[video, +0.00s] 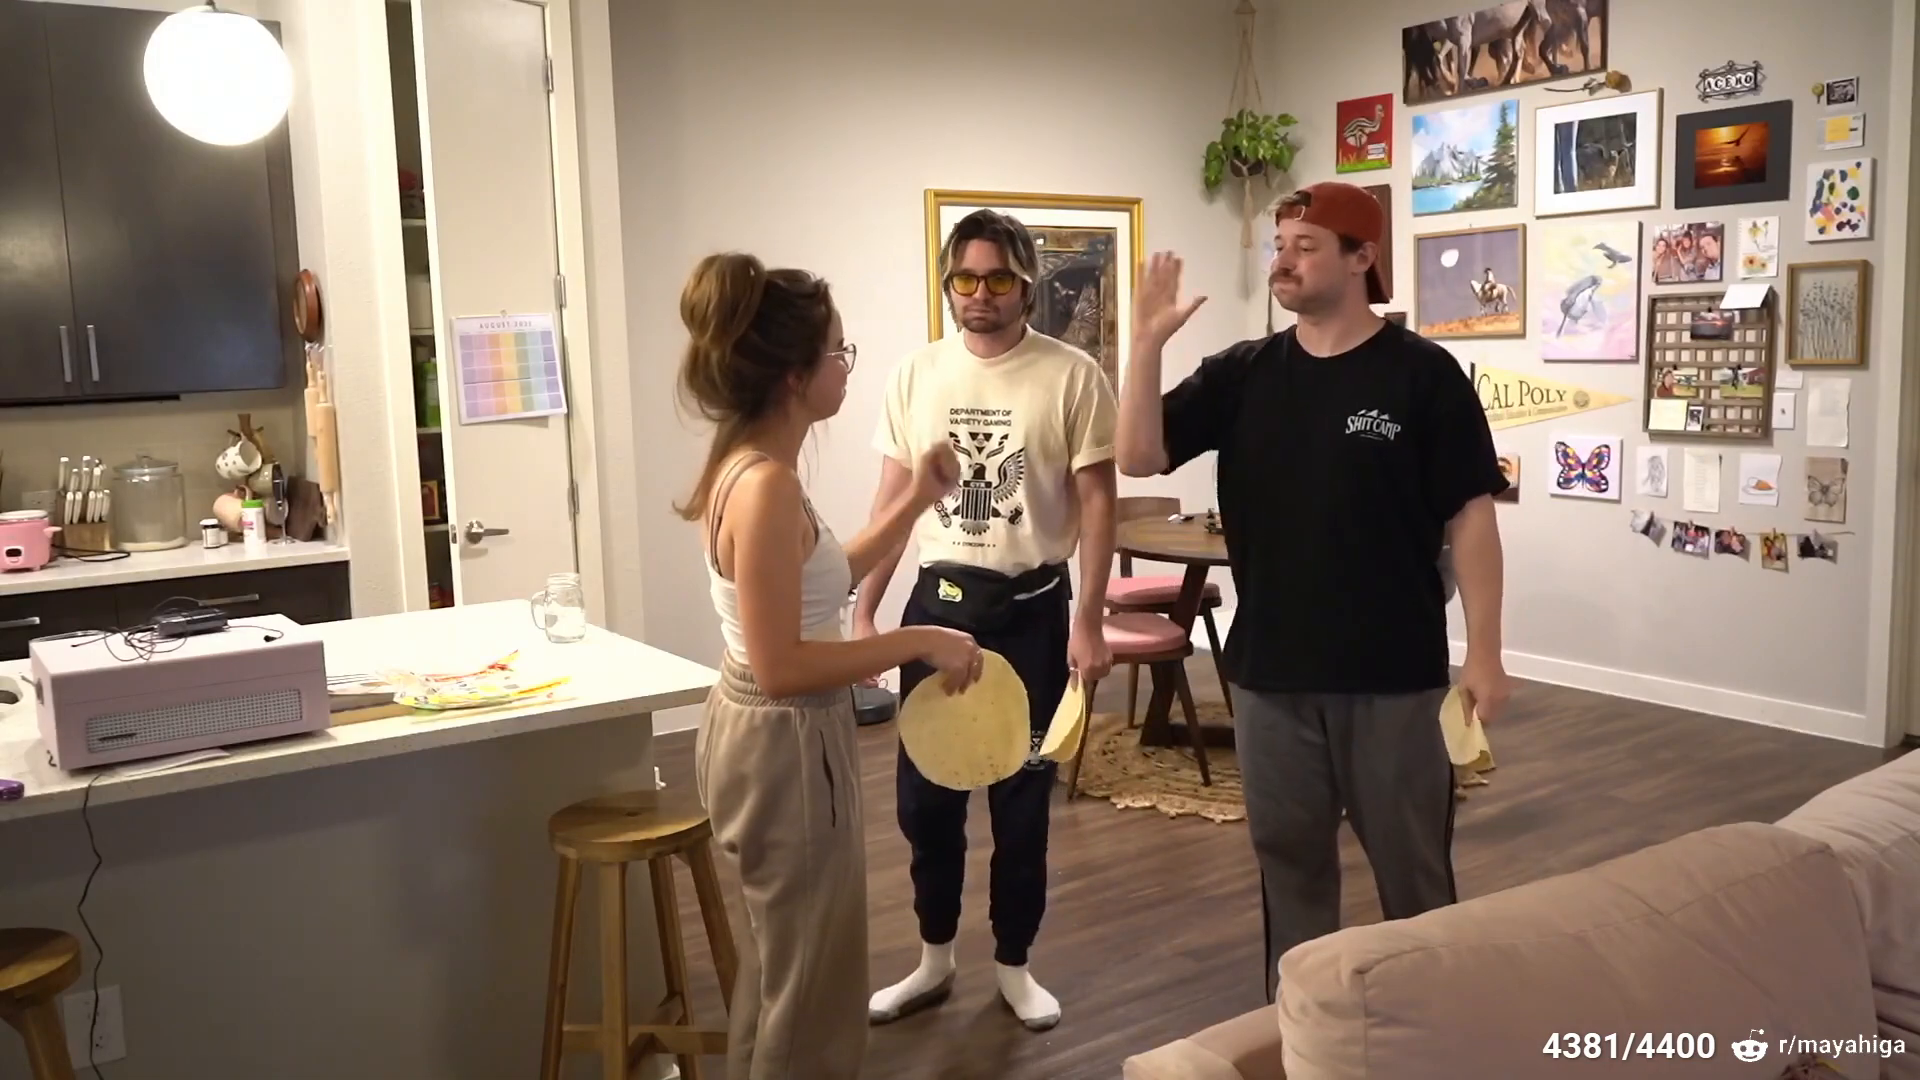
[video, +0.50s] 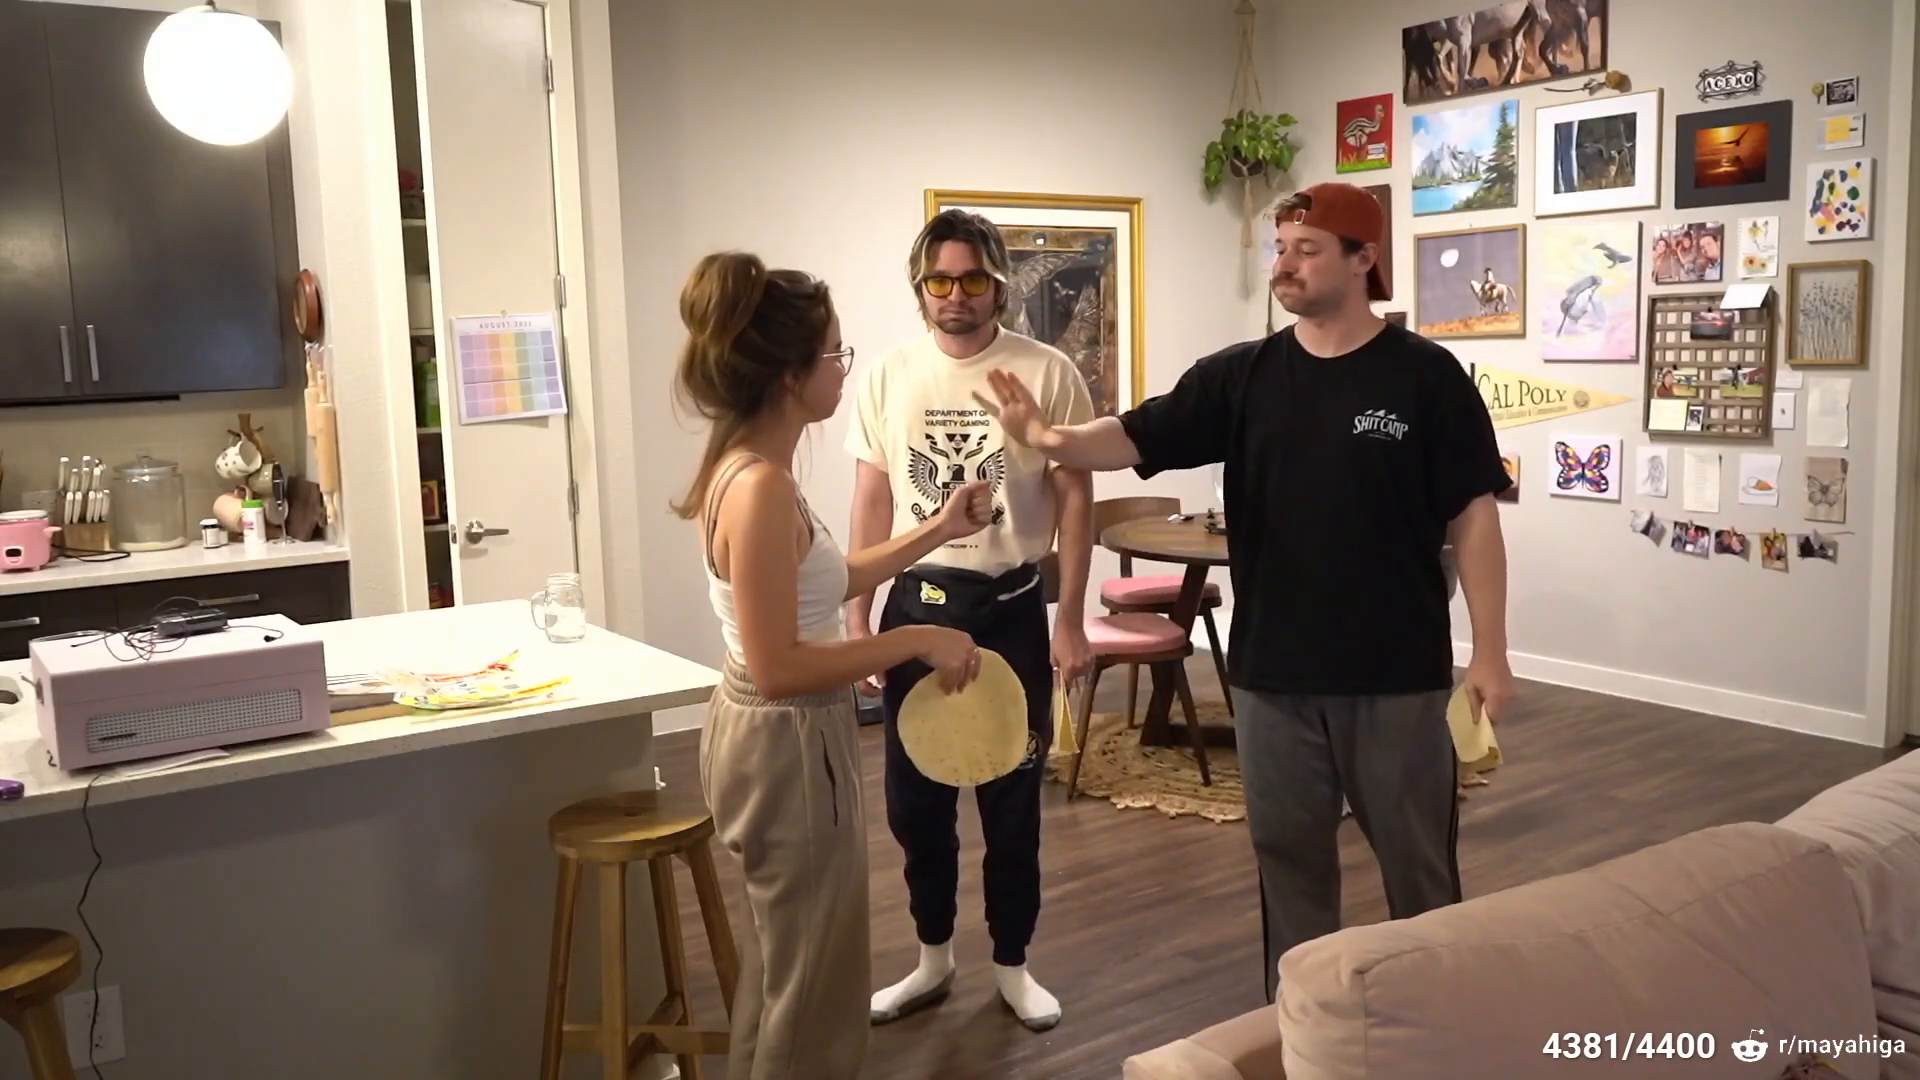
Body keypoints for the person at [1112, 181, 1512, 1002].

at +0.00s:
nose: (1284, 258)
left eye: (1305, 246)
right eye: (1280, 246)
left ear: (1360, 261)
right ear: (1275, 260)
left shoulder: (1424, 373)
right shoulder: (1244, 373)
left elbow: (1472, 514)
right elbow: (1141, 457)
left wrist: (1484, 655)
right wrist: (1144, 343)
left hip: (1393, 680)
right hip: (1272, 679)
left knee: (1414, 880)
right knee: (1289, 874)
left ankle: (1437, 1034)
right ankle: (1297, 1035)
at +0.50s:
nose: (1285, 262)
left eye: (1306, 249)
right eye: (1280, 250)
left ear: (1361, 262)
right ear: (1275, 261)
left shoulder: (1428, 374)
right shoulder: (1240, 376)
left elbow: (1475, 518)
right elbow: (1136, 437)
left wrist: (1491, 653)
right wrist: (1051, 441)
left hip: (1397, 680)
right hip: (1274, 681)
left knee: (1422, 881)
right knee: (1290, 877)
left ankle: (1445, 1034)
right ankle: (1298, 1037)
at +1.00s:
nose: (1234, 263)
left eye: (1256, 248)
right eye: (1230, 250)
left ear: (1311, 261)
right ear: (1228, 264)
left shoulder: (1371, 372)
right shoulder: (1205, 382)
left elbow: (1388, 521)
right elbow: (1175, 508)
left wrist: (1242, 528)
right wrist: (1170, 534)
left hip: (1354, 675)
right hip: (1237, 674)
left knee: (1375, 865)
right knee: (1265, 870)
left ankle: (1406, 1019)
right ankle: (1294, 1026)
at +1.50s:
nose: (1195, 289)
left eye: (1214, 272)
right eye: (1193, 275)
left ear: (1273, 278)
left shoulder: (1272, 364)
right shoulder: (1262, 367)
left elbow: (1153, 471)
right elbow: (1186, 531)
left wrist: (1043, 454)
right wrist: (1091, 474)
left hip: (1288, 689)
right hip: (1274, 684)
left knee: (1262, 908)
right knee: (1267, 904)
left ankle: (1274, 1070)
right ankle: (1278, 1066)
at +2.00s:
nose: (1138, 309)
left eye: (1154, 288)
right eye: (1136, 291)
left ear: (1221, 285)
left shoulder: (1343, 400)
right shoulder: (1152, 417)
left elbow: (1458, 530)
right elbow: (1098, 535)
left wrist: (1310, 552)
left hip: (1315, 741)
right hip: (1196, 733)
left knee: (1282, 969)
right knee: (1236, 931)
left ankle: (1319, 1067)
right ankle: (1304, 1042)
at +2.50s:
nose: (1178, 314)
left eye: (1198, 294)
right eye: (1179, 293)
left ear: (1267, 297)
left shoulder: (1347, 395)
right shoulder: (1192, 396)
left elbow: (1264, 528)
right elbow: (1105, 514)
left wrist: (1194, 400)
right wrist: (1010, 568)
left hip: (1334, 730)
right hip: (1225, 722)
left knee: (1359, 951)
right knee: (1282, 940)